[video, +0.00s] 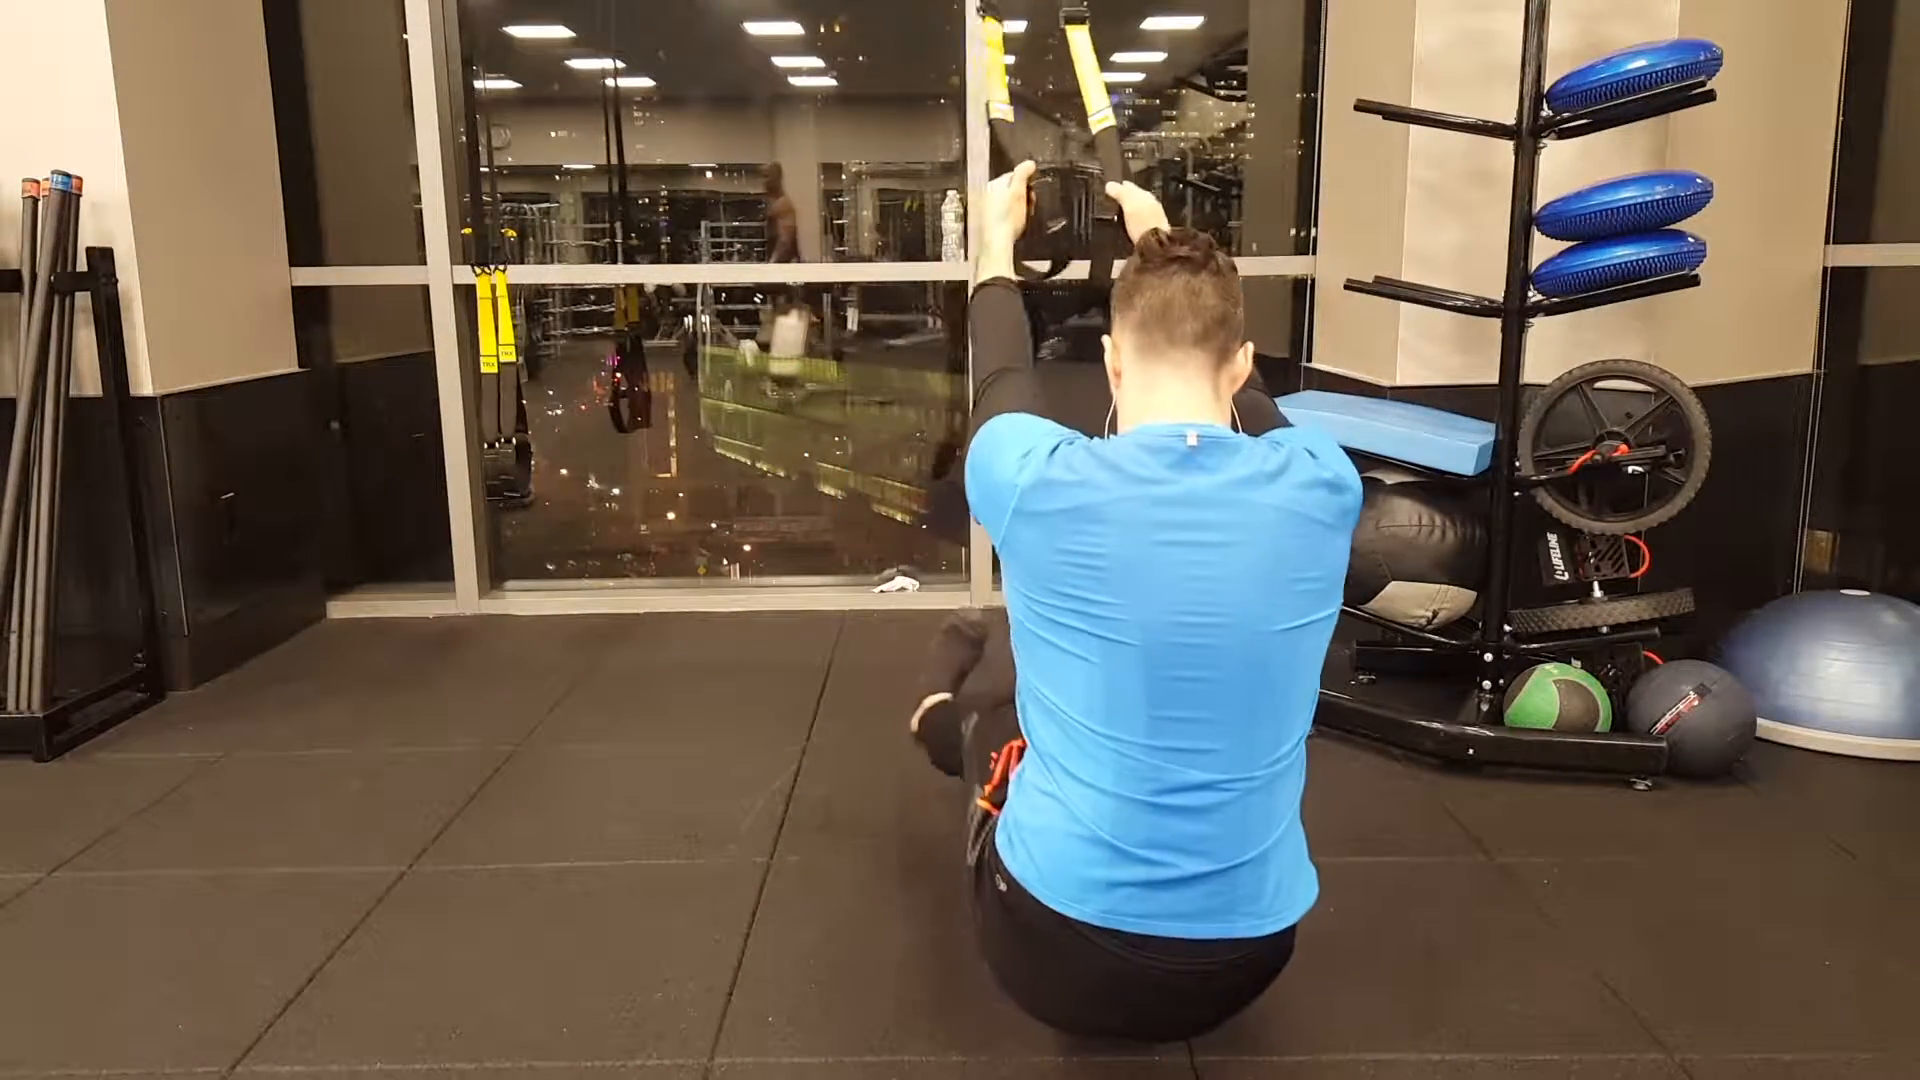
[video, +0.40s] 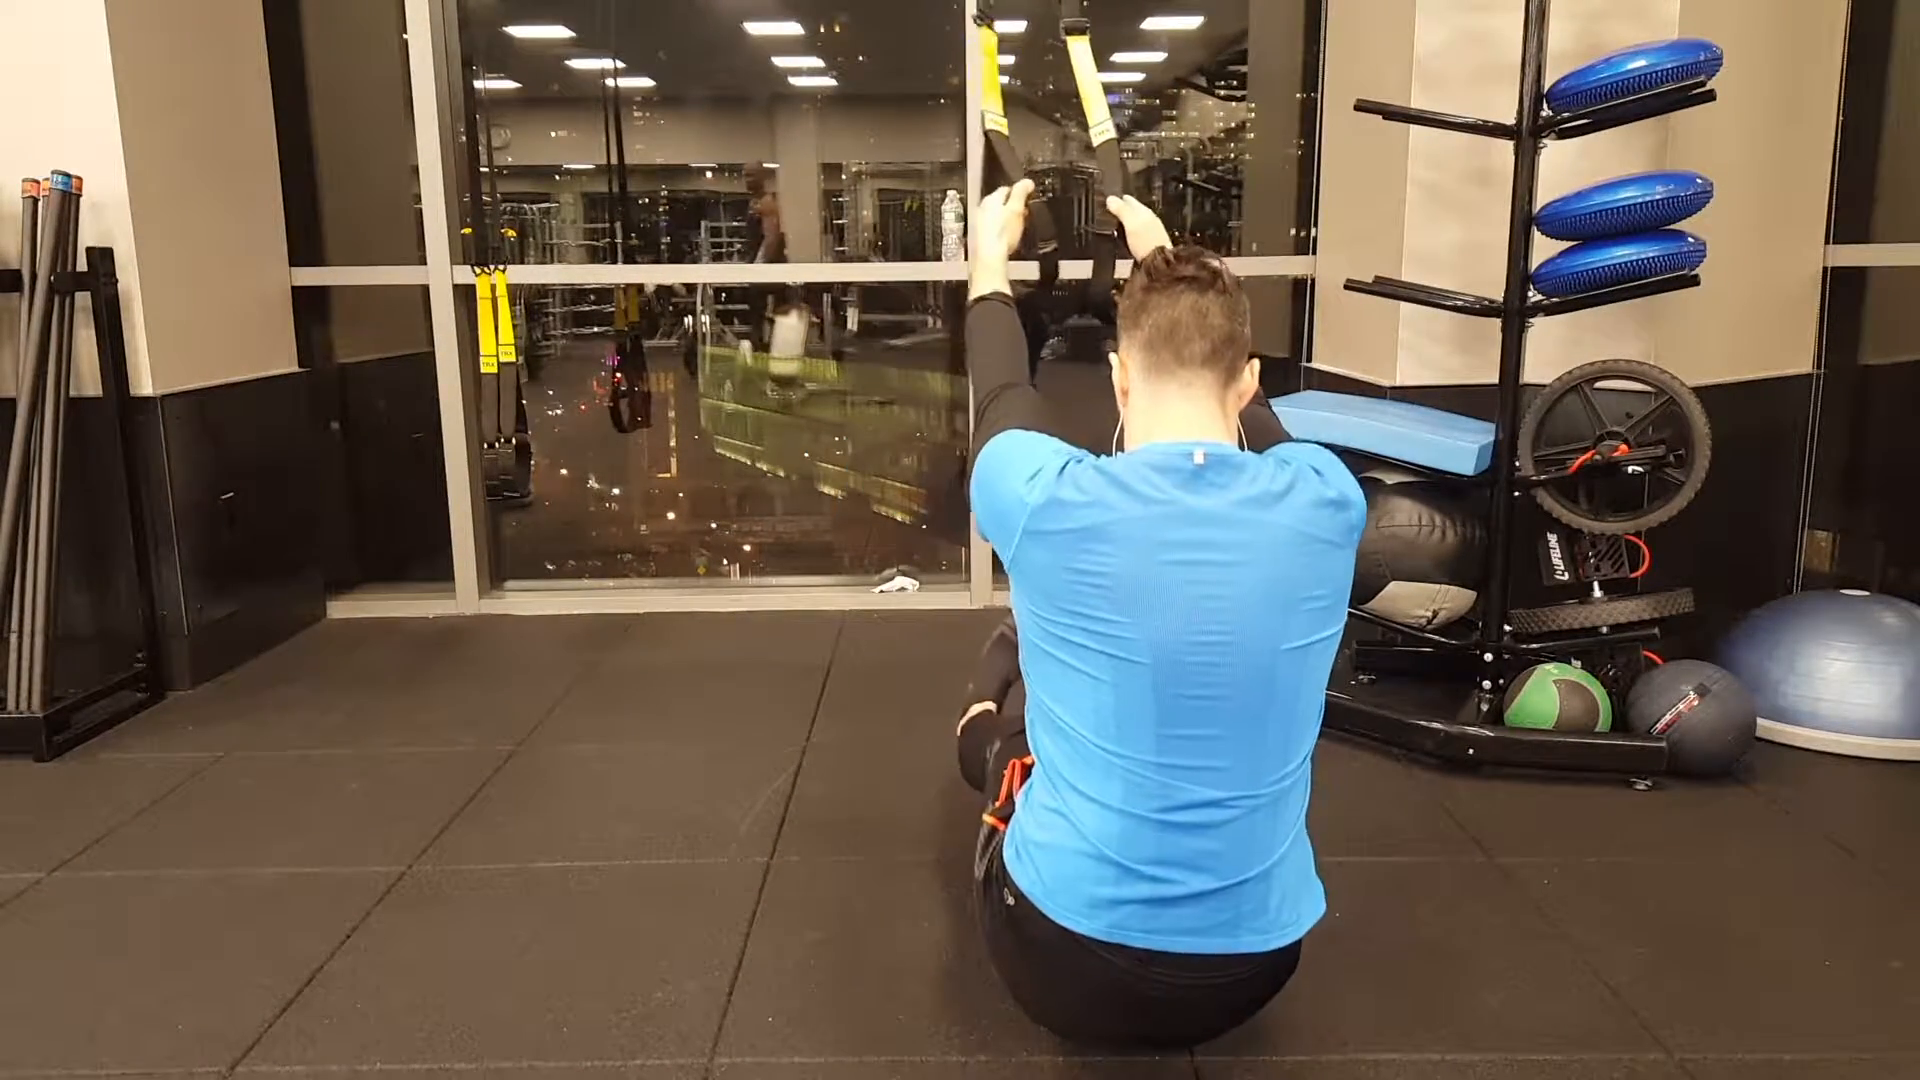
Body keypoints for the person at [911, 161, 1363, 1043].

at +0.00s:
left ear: (1111, 362)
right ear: (1242, 373)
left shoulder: (1034, 481)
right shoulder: (1322, 488)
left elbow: (1000, 378)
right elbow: (1243, 398)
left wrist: (990, 252)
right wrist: (1165, 253)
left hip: (1059, 959)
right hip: (1240, 967)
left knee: (1006, 671)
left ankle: (952, 725)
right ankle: (958, 730)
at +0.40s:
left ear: (1120, 377)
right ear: (1250, 386)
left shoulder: (1043, 503)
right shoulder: (1327, 505)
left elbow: (1003, 384)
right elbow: (1238, 403)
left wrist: (987, 265)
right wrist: (1167, 267)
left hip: (1069, 971)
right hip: (1247, 976)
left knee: (1020, 637)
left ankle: (987, 748)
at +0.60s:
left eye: (1132, 308)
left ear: (1130, 319)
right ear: (1262, 327)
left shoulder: (1056, 441)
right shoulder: (1343, 447)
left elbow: (992, 386)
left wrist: (996, 259)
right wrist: (1173, 248)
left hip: (1082, 919)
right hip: (1256, 923)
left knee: (1024, 648)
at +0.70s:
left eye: (1134, 247)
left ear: (1137, 253)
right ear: (1267, 258)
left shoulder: (1057, 366)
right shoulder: (1354, 379)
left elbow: (985, 357)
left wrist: (992, 254)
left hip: (1086, 843)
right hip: (1262, 859)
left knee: (1029, 646)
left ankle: (1106, 936)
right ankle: (1117, 930)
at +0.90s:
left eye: (1150, 110)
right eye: (1277, 115)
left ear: (1146, 117)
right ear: (1275, 120)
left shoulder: (1058, 218)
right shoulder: (1361, 234)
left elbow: (982, 353)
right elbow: (1331, 386)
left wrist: (1024, 209)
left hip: (1082, 681)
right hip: (1262, 707)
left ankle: (983, 693)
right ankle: (1111, 940)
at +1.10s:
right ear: (1279, 1)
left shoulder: (1050, 78)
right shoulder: (1361, 94)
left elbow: (984, 290)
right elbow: (1329, 286)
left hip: (1082, 522)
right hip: (1273, 546)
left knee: (998, 626)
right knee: (1152, 662)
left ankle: (945, 719)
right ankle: (1111, 943)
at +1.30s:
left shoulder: (1031, 5)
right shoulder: (1372, 14)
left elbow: (973, 217)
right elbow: (1332, 220)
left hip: (1087, 376)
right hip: (1279, 395)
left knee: (989, 578)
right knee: (1152, 642)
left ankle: (921, 732)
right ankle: (1113, 946)